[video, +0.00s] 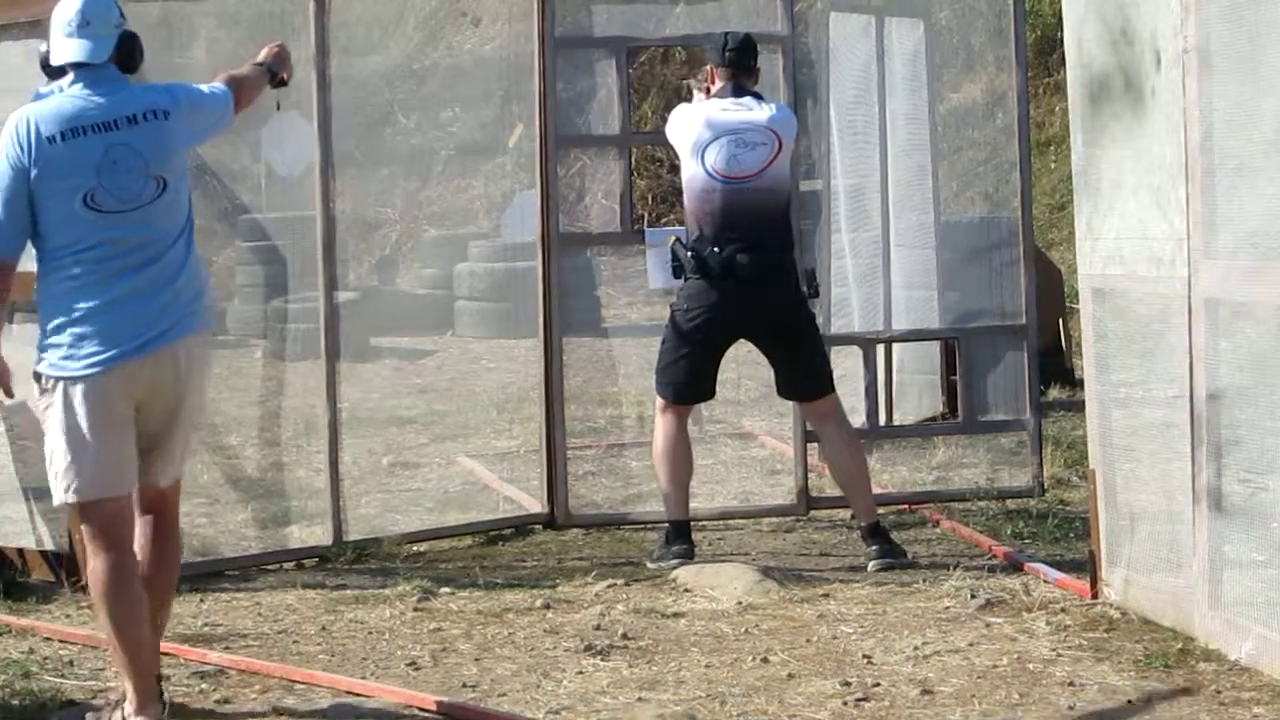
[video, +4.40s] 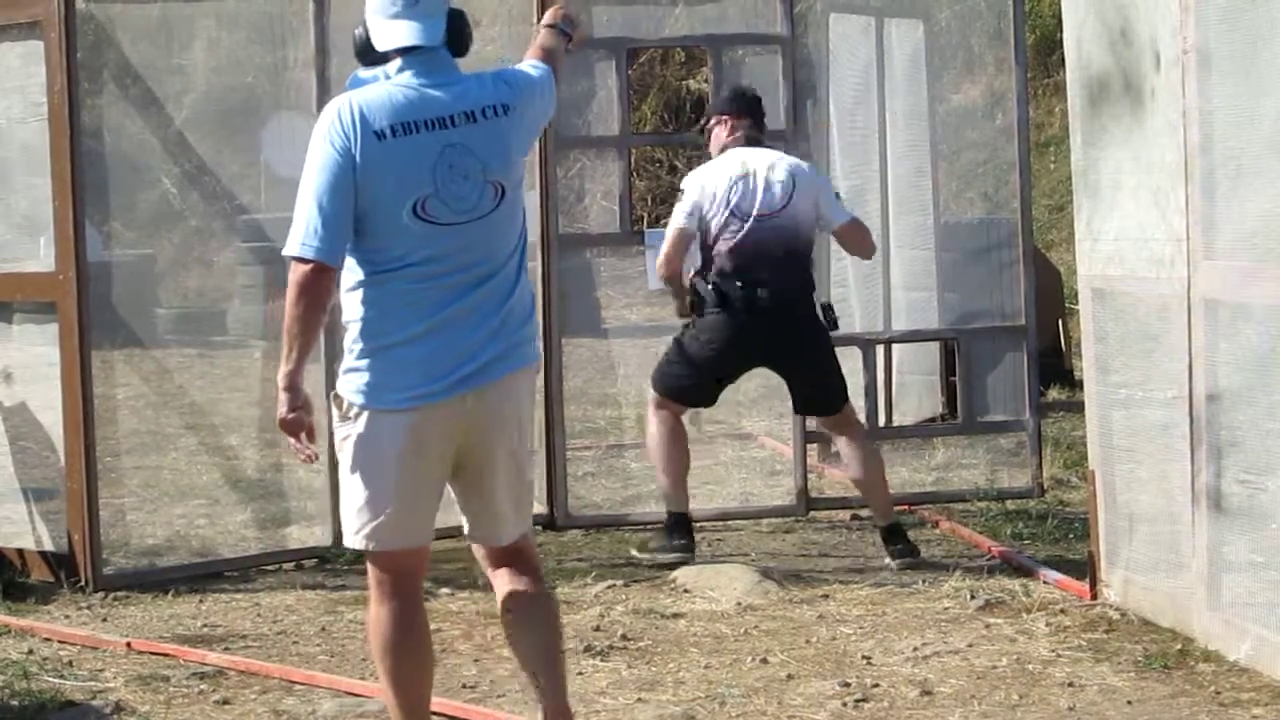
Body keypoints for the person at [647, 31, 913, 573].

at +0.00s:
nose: (712, 83)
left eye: (710, 76)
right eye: (738, 75)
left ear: (711, 79)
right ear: (757, 77)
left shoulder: (685, 120)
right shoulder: (784, 119)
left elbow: (689, 121)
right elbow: (753, 116)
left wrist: (705, 98)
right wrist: (720, 95)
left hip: (707, 294)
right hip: (778, 293)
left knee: (672, 409)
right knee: (827, 413)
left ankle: (676, 538)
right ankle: (875, 535)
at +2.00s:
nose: (714, 83)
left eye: (712, 75)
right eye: (729, 74)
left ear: (717, 78)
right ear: (762, 76)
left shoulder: (690, 122)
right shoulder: (791, 122)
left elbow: (692, 123)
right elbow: (759, 124)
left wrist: (713, 100)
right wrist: (731, 98)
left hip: (710, 296)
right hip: (781, 294)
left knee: (673, 408)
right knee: (828, 414)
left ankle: (675, 538)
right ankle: (875, 536)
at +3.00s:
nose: (761, 85)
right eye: (762, 77)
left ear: (713, 79)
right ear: (761, 78)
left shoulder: (682, 128)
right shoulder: (781, 119)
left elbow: (709, 168)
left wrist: (727, 101)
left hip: (708, 296)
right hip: (777, 292)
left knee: (683, 414)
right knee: (830, 412)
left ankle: (679, 539)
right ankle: (867, 534)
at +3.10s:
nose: (771, 84)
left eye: (768, 78)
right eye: (769, 77)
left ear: (716, 78)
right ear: (762, 79)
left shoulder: (685, 128)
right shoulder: (774, 118)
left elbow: (734, 151)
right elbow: (815, 133)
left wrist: (800, 126)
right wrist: (819, 117)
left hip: (705, 295)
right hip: (773, 293)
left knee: (695, 416)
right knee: (833, 410)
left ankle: (681, 538)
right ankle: (865, 536)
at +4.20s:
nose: (791, 93)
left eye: (788, 86)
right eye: (791, 86)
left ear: (738, 85)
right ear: (783, 84)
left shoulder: (705, 134)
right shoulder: (786, 130)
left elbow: (762, 181)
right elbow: (847, 185)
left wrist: (827, 147)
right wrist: (854, 146)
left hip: (711, 298)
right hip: (777, 296)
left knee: (703, 420)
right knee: (837, 413)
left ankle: (679, 540)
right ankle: (883, 533)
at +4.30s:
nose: (732, 115)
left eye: (733, 109)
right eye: (740, 109)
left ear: (741, 109)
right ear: (785, 108)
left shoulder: (710, 163)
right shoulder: (806, 151)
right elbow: (866, 222)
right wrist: (850, 180)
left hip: (724, 309)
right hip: (793, 308)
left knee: (690, 413)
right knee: (846, 420)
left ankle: (681, 535)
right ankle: (895, 538)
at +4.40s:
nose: (707, 140)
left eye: (709, 131)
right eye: (707, 132)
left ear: (726, 128)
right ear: (759, 129)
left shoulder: (703, 178)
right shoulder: (804, 173)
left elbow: (668, 265)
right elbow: (863, 246)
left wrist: (682, 297)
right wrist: (829, 212)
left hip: (727, 327)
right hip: (798, 327)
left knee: (663, 406)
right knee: (847, 427)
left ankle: (677, 532)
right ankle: (894, 537)